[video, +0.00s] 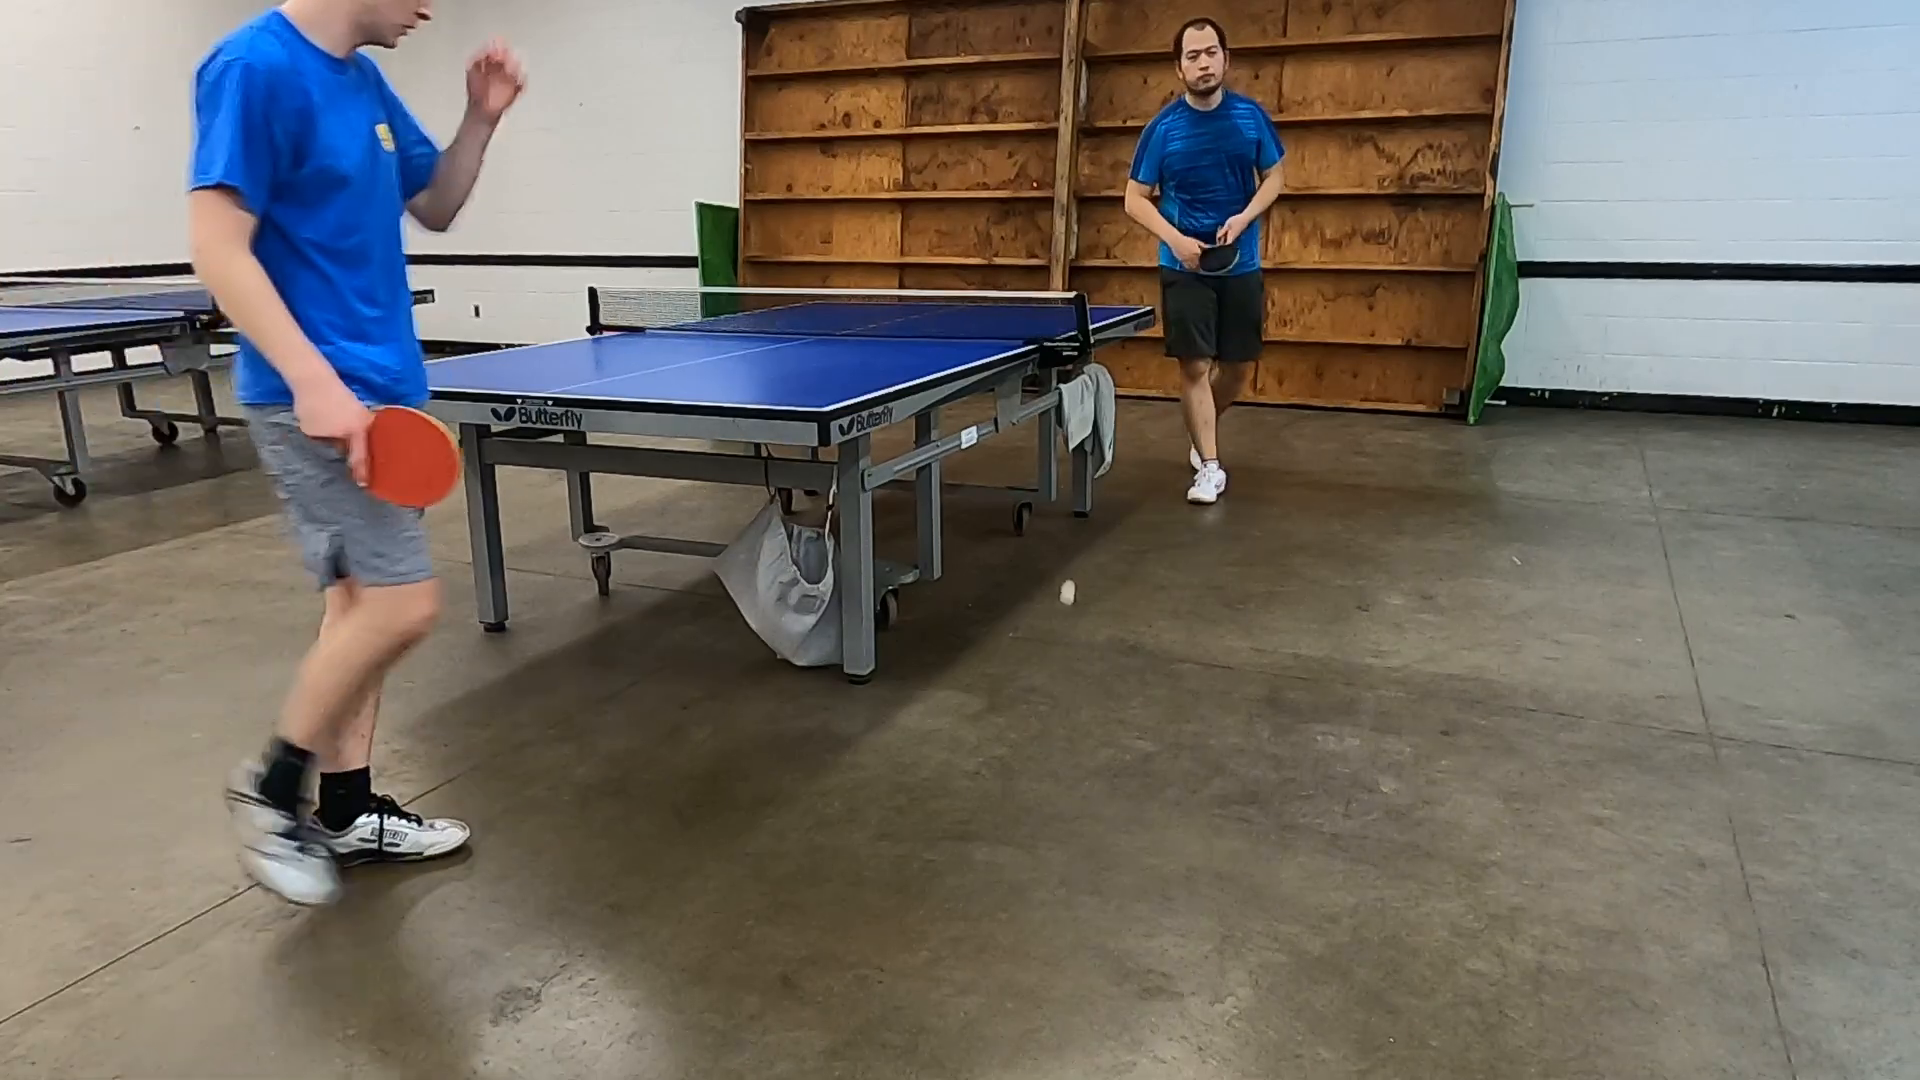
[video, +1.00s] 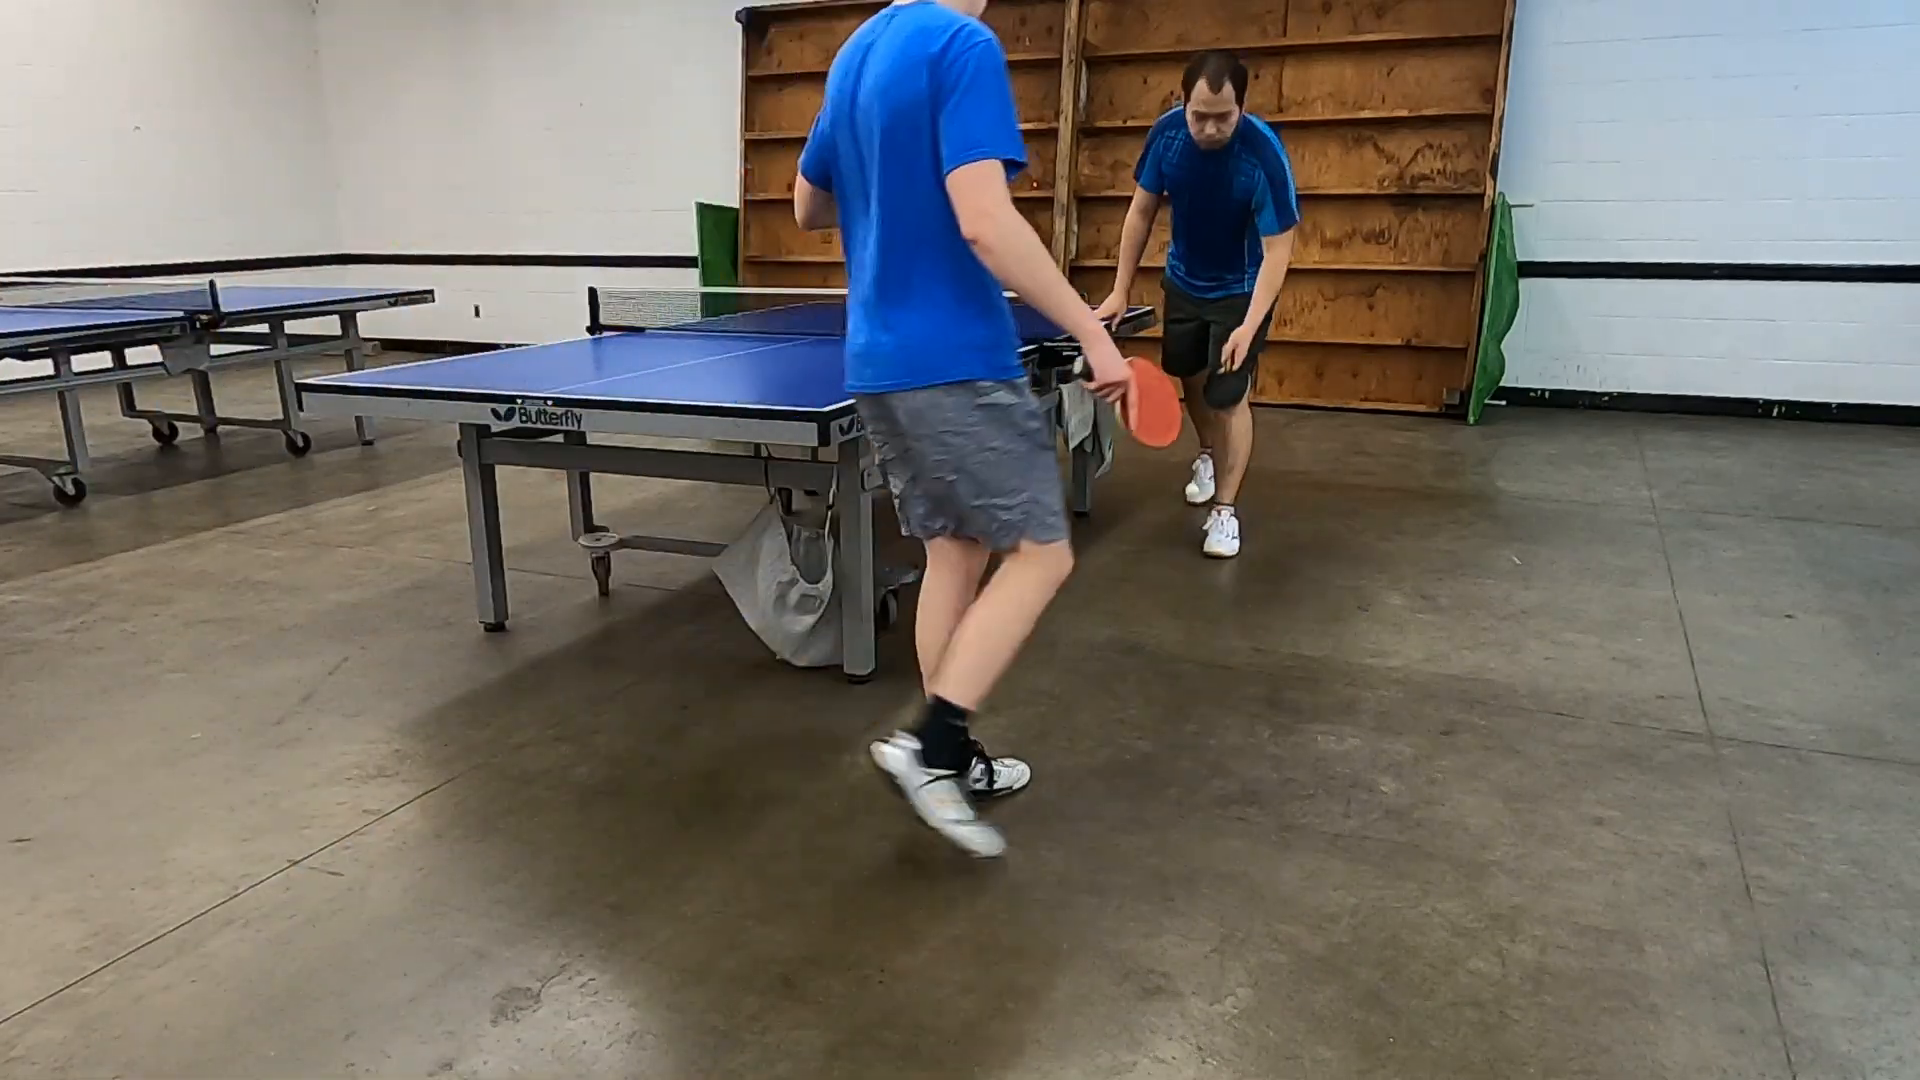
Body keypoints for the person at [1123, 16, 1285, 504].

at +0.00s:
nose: (1203, 63)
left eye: (1211, 53)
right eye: (1193, 56)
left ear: (1225, 59)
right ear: (1179, 66)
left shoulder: (1250, 115)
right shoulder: (1162, 128)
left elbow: (1275, 176)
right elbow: (1134, 199)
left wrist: (1244, 217)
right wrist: (1176, 239)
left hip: (1242, 264)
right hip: (1184, 265)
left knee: (1237, 367)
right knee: (1195, 366)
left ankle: (1201, 433)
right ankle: (1209, 468)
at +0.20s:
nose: (1205, 56)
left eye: (1212, 47)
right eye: (1193, 49)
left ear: (1226, 54)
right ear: (1179, 62)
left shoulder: (1251, 111)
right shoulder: (1160, 123)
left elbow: (1278, 172)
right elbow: (1129, 196)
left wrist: (1258, 210)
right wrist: (1150, 247)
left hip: (1248, 267)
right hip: (1186, 271)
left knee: (1258, 366)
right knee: (1195, 372)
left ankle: (1233, 436)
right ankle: (1209, 465)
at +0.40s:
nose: (1204, 55)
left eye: (1213, 46)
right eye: (1193, 48)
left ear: (1227, 53)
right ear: (1179, 60)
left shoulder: (1253, 110)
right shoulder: (1160, 123)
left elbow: (1280, 175)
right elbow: (1132, 194)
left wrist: (1260, 215)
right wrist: (1129, 250)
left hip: (1245, 267)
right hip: (1182, 273)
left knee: (1254, 371)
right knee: (1195, 377)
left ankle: (1260, 480)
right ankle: (1209, 468)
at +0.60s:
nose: (1206, 68)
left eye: (1216, 56)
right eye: (1195, 59)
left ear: (1233, 60)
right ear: (1181, 68)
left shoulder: (1263, 120)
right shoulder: (1163, 132)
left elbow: (1290, 186)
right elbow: (1135, 207)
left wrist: (1262, 235)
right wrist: (1113, 276)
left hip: (1243, 275)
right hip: (1180, 280)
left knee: (1237, 379)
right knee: (1193, 382)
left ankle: (1238, 488)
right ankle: (1209, 466)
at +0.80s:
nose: (1213, 90)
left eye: (1224, 78)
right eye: (1203, 78)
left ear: (1243, 75)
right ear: (1189, 76)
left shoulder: (1270, 134)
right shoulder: (1170, 129)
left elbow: (1291, 216)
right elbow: (1143, 209)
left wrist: (1256, 273)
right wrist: (1120, 291)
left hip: (1241, 285)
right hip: (1180, 285)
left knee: (1231, 395)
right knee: (1190, 389)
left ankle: (1227, 507)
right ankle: (1208, 463)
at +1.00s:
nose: (1209, 128)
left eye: (1222, 117)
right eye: (1199, 116)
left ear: (1241, 106)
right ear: (1183, 101)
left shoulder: (1264, 154)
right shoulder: (1167, 133)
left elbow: (1277, 251)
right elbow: (1140, 212)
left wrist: (1248, 329)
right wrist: (1120, 292)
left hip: (1239, 292)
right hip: (1183, 283)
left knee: (1227, 397)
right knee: (1190, 381)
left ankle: (1226, 509)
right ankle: (1211, 454)